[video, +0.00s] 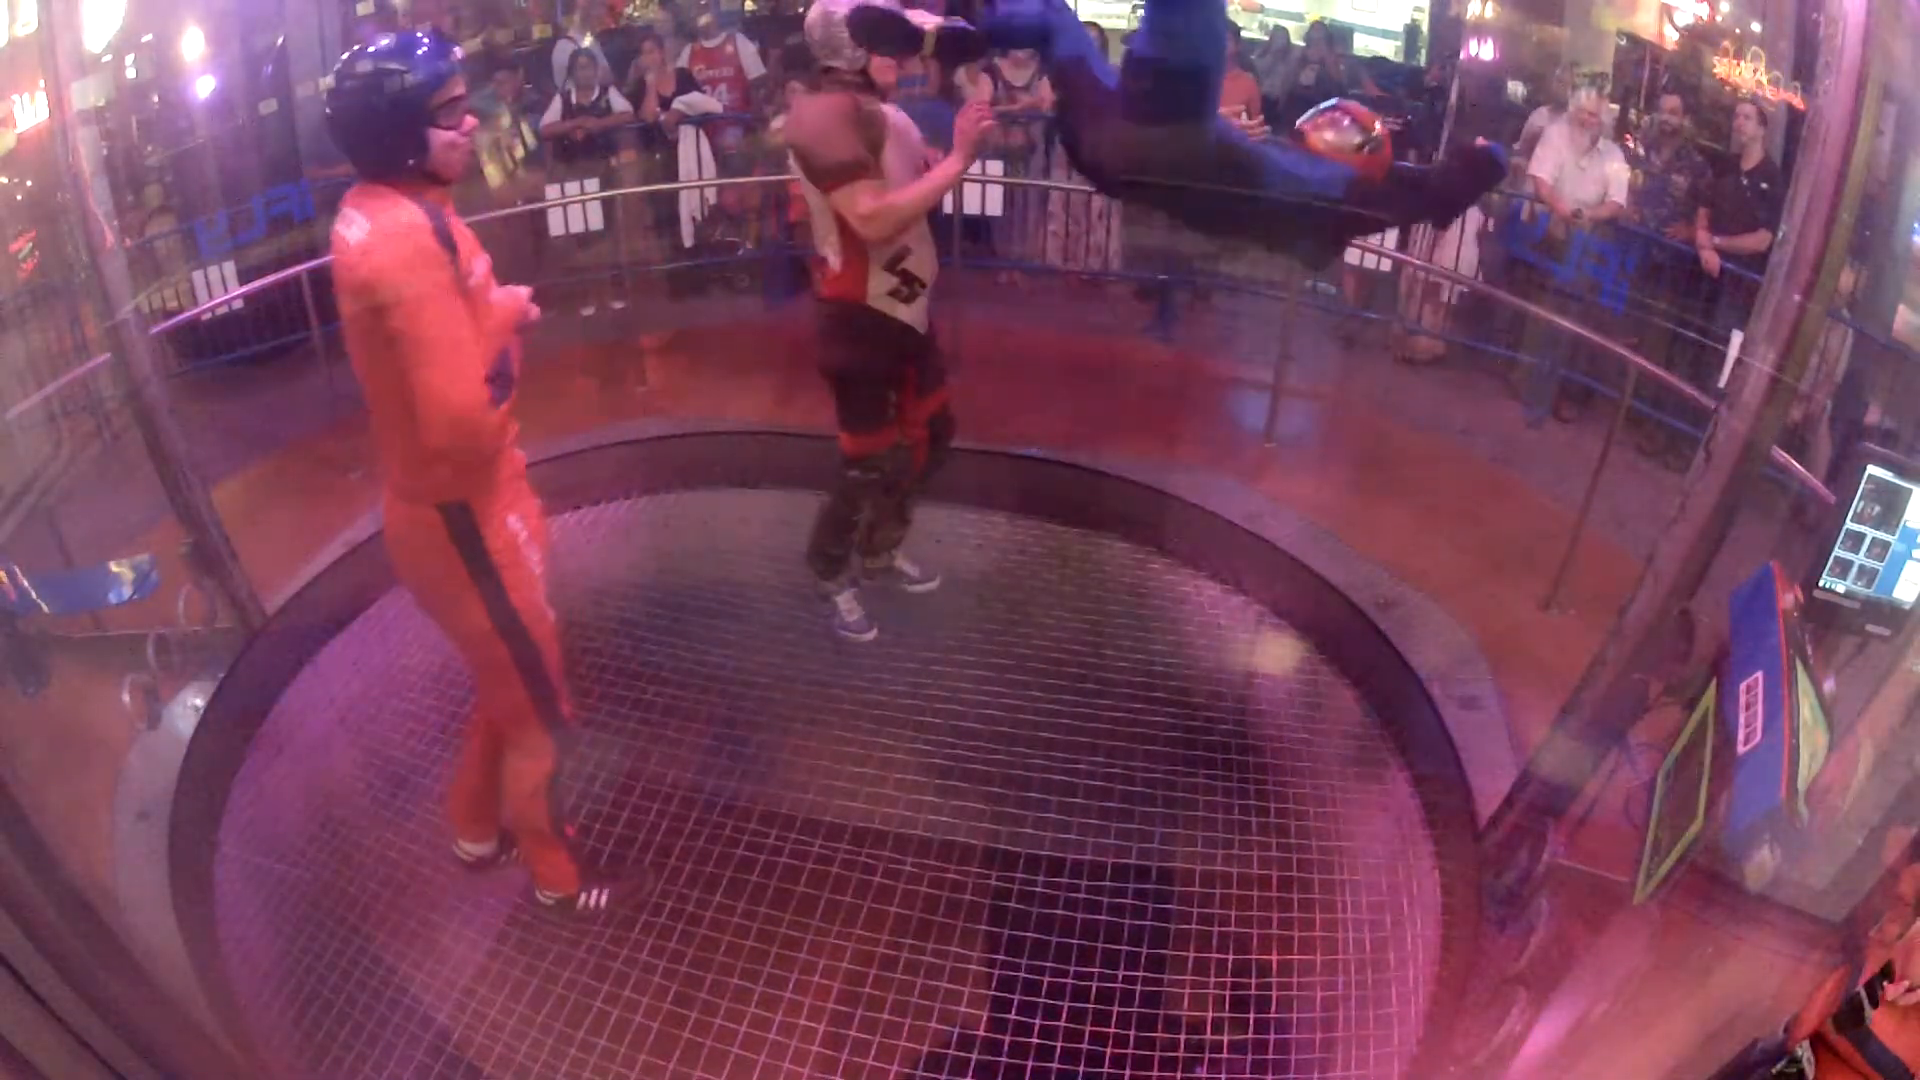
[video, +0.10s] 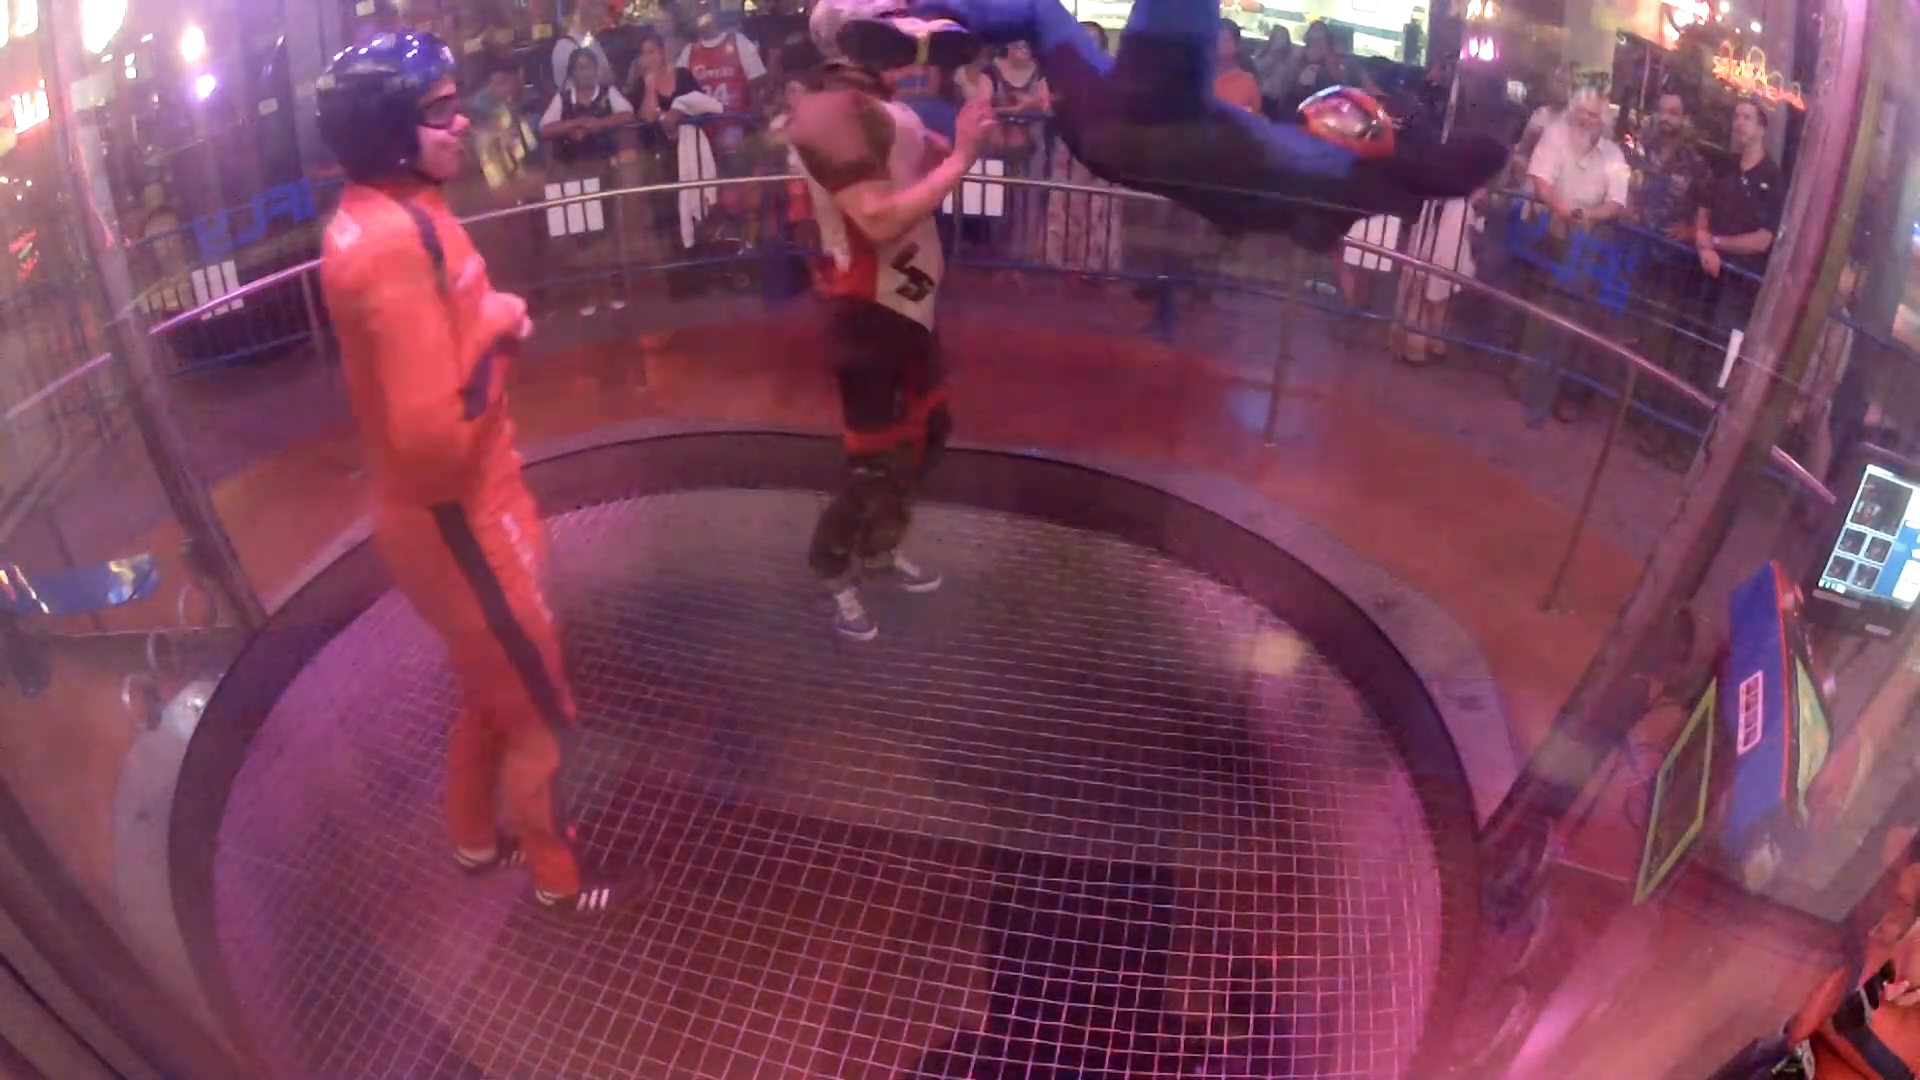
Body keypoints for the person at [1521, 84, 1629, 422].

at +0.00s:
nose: (1589, 120)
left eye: (1595, 115)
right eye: (1584, 113)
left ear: (1604, 119)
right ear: (1572, 112)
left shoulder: (1612, 153)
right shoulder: (1556, 134)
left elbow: (1618, 202)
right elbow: (1540, 181)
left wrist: (1588, 214)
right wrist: (1562, 211)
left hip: (1588, 233)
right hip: (1550, 222)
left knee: (1575, 307)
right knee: (1542, 299)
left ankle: (1563, 387)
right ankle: (1528, 375)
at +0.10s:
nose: (1589, 120)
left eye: (1595, 115)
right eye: (1584, 113)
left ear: (1603, 119)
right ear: (1572, 112)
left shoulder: (1612, 153)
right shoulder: (1556, 134)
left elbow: (1618, 202)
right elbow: (1540, 181)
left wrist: (1588, 215)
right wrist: (1562, 211)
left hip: (1588, 232)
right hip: (1550, 221)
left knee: (1577, 305)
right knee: (1541, 296)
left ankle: (1566, 387)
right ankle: (1526, 373)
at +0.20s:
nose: (1589, 120)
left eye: (1595, 116)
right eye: (1585, 113)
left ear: (1604, 119)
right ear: (1572, 111)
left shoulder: (1613, 153)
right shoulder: (1556, 134)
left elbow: (1618, 203)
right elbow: (1540, 181)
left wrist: (1587, 215)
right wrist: (1562, 211)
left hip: (1587, 233)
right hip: (1548, 222)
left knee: (1576, 306)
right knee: (1541, 298)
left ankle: (1564, 388)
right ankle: (1527, 375)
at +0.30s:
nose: (1588, 120)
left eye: (1595, 115)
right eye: (1584, 112)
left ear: (1603, 119)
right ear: (1572, 111)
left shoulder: (1612, 153)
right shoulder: (1555, 134)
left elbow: (1618, 202)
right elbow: (1540, 181)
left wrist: (1589, 214)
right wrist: (1561, 210)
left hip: (1588, 232)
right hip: (1549, 222)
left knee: (1575, 308)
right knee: (1542, 301)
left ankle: (1561, 390)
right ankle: (1532, 386)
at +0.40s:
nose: (1588, 120)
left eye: (1595, 115)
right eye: (1584, 112)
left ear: (1603, 119)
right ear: (1572, 111)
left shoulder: (1613, 153)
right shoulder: (1556, 134)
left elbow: (1618, 202)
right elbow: (1540, 181)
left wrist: (1588, 214)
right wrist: (1561, 211)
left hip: (1587, 232)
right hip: (1549, 223)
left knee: (1575, 308)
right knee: (1543, 302)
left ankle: (1560, 389)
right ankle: (1533, 390)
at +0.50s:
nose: (1588, 120)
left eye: (1594, 115)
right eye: (1584, 112)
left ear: (1603, 119)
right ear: (1572, 111)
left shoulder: (1612, 154)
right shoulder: (1556, 135)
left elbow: (1618, 201)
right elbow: (1540, 180)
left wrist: (1589, 214)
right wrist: (1561, 209)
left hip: (1587, 229)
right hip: (1550, 219)